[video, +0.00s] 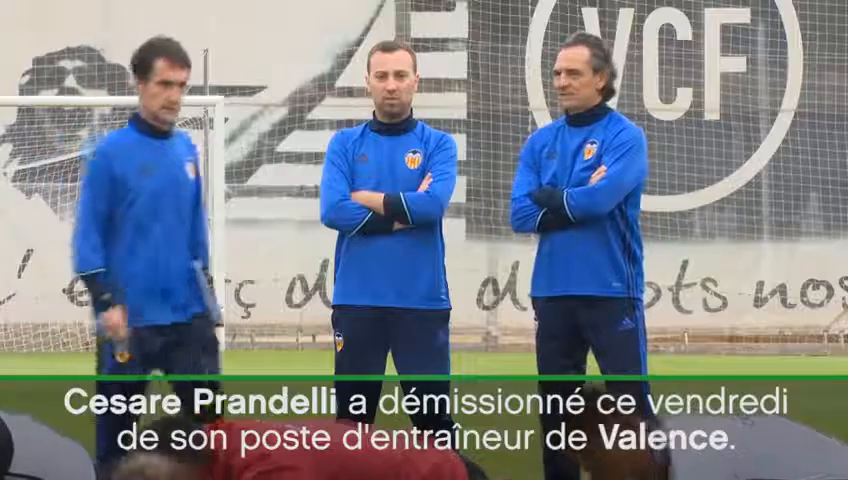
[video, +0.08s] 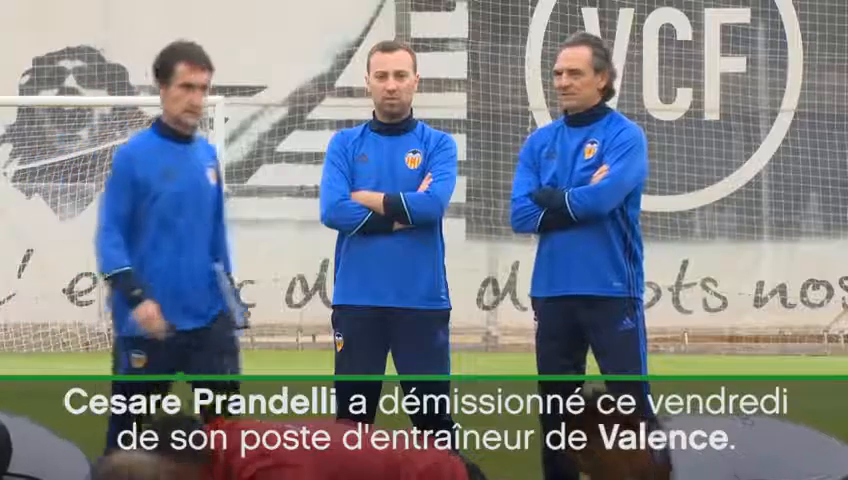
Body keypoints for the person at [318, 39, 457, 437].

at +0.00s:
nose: (391, 86)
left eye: (401, 76)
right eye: (381, 77)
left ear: (416, 82)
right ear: (368, 84)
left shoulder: (438, 143)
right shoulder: (344, 142)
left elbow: (434, 208)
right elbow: (333, 212)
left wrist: (365, 197)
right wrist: (406, 210)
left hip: (423, 303)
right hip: (357, 303)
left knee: (433, 422)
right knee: (352, 422)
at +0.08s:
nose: (391, 86)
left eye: (400, 76)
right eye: (381, 77)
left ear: (416, 82)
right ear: (368, 84)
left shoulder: (438, 143)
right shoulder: (344, 142)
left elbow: (433, 208)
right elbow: (332, 212)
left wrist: (363, 196)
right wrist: (402, 213)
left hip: (422, 303)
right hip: (357, 302)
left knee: (433, 420)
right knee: (352, 420)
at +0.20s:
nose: (391, 85)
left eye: (400, 76)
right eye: (381, 77)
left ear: (416, 83)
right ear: (368, 84)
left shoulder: (438, 143)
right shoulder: (344, 143)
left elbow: (433, 205)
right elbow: (332, 210)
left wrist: (363, 197)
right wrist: (403, 214)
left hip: (423, 302)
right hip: (357, 302)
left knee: (433, 419)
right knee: (352, 419)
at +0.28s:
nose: (391, 85)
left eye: (400, 76)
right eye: (381, 77)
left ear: (416, 83)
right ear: (368, 83)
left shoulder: (438, 143)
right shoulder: (345, 142)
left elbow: (433, 206)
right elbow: (332, 210)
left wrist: (363, 196)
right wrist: (402, 215)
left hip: (423, 303)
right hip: (357, 303)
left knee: (433, 417)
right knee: (351, 418)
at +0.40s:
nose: (391, 85)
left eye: (401, 76)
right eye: (381, 77)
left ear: (416, 82)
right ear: (368, 84)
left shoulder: (438, 143)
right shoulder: (344, 142)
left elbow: (432, 206)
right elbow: (338, 212)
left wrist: (363, 197)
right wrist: (406, 213)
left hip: (423, 302)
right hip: (360, 303)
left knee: (432, 415)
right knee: (351, 416)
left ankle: (443, 479)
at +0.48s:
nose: (391, 86)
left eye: (400, 76)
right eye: (381, 77)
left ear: (416, 82)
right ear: (368, 84)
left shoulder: (438, 144)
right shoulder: (341, 143)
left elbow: (432, 205)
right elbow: (335, 216)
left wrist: (356, 194)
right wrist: (406, 210)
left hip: (421, 304)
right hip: (357, 303)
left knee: (434, 419)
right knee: (350, 421)